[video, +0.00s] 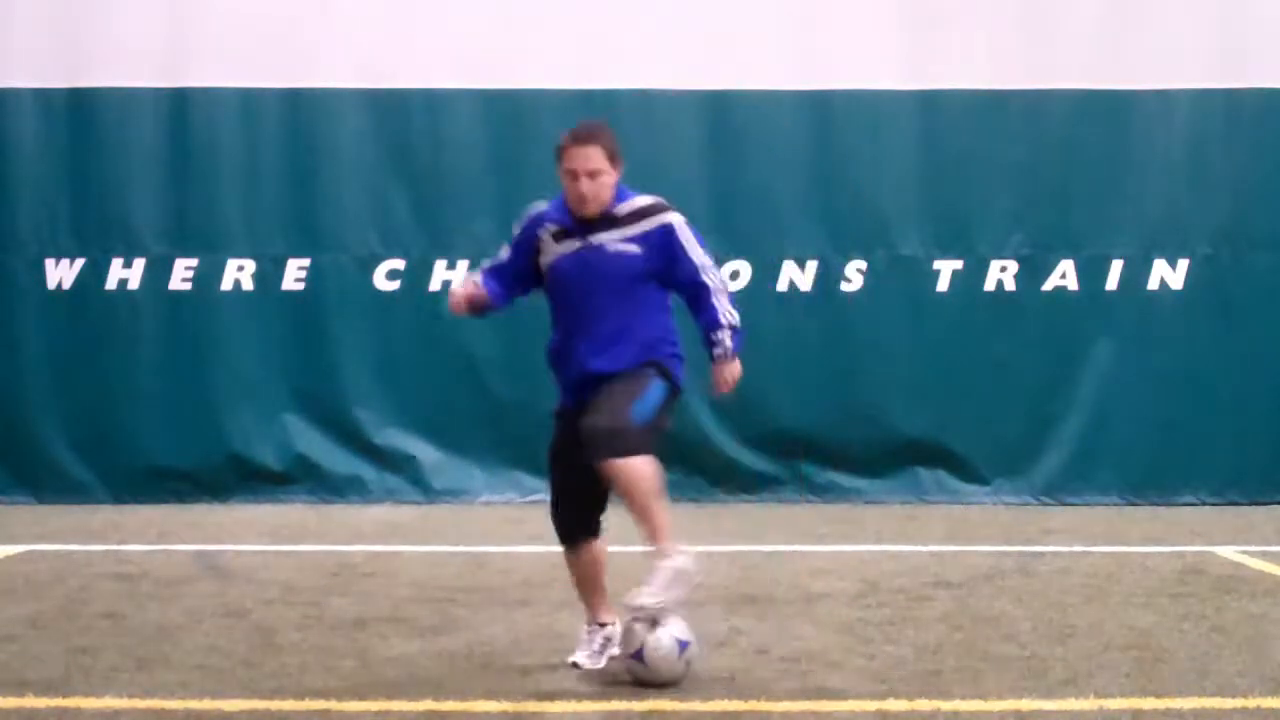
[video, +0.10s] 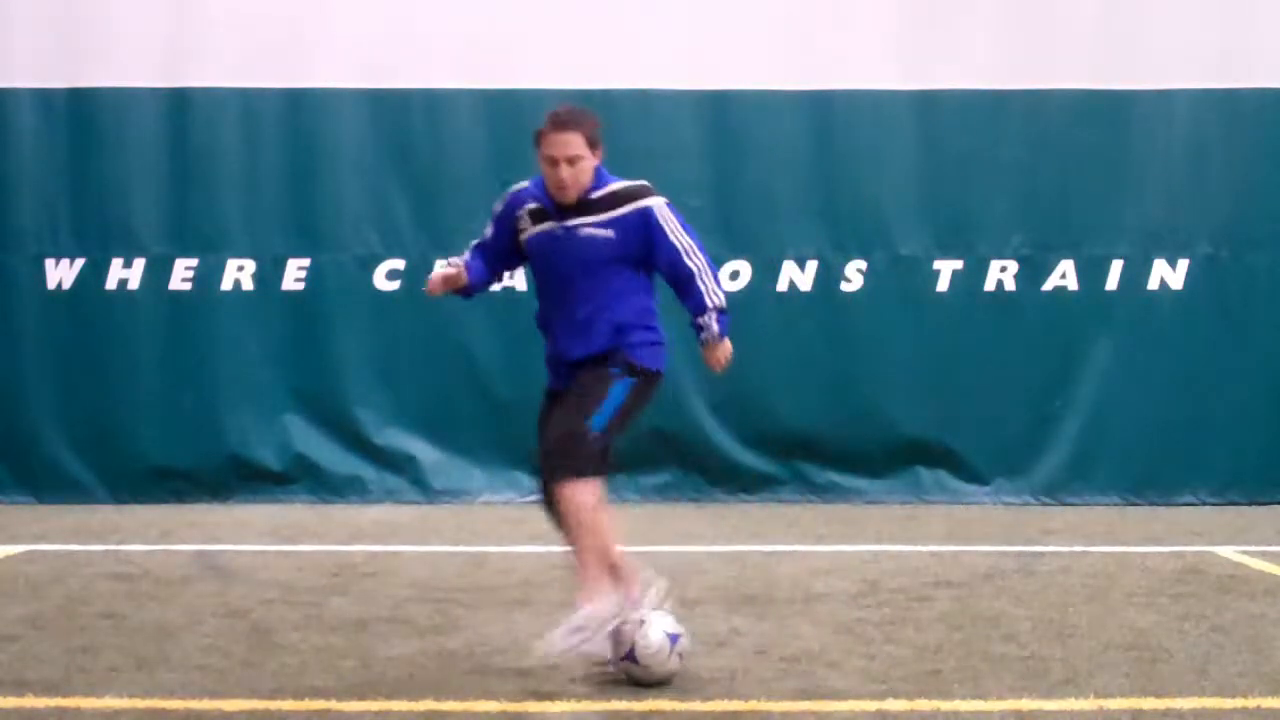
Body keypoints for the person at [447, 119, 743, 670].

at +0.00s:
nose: (582, 187)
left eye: (593, 175)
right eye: (572, 176)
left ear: (616, 173)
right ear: (560, 177)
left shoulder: (654, 219)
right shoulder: (544, 228)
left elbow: (704, 281)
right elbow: (512, 273)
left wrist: (724, 346)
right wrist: (479, 291)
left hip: (646, 369)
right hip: (582, 385)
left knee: (610, 435)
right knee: (573, 518)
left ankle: (670, 556)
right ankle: (602, 624)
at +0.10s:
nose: (562, 174)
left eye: (572, 161)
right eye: (551, 162)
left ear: (595, 158)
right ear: (538, 162)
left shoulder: (635, 201)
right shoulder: (523, 207)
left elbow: (688, 261)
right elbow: (493, 255)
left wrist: (712, 325)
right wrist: (463, 274)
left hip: (626, 357)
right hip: (568, 366)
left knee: (569, 452)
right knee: (557, 489)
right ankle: (633, 587)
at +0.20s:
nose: (543, 195)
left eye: (555, 182)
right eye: (533, 182)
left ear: (578, 176)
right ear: (520, 178)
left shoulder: (616, 226)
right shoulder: (508, 221)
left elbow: (675, 281)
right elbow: (482, 268)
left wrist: (703, 355)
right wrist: (450, 293)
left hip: (604, 385)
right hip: (549, 385)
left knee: (546, 502)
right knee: (536, 507)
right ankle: (657, 529)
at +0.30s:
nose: (523, 235)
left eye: (534, 222)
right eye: (513, 222)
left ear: (558, 216)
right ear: (501, 218)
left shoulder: (591, 268)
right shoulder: (496, 254)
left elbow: (642, 338)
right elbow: (474, 303)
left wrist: (676, 412)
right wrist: (431, 333)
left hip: (590, 422)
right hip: (536, 420)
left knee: (516, 527)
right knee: (507, 534)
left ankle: (522, 659)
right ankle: (645, 540)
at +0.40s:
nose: (525, 235)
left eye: (537, 222)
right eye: (515, 222)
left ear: (560, 216)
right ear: (502, 218)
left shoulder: (594, 268)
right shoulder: (494, 256)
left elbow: (645, 335)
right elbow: (471, 311)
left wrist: (674, 408)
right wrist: (438, 354)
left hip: (589, 425)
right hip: (534, 423)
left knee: (518, 533)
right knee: (511, 536)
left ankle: (523, 660)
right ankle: (637, 533)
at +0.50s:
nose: (541, 199)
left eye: (553, 187)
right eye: (531, 187)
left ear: (577, 181)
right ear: (517, 183)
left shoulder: (615, 227)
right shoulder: (504, 230)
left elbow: (682, 282)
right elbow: (488, 290)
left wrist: (690, 352)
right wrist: (465, 338)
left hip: (602, 403)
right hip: (541, 403)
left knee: (552, 520)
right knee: (521, 513)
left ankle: (526, 655)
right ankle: (642, 528)